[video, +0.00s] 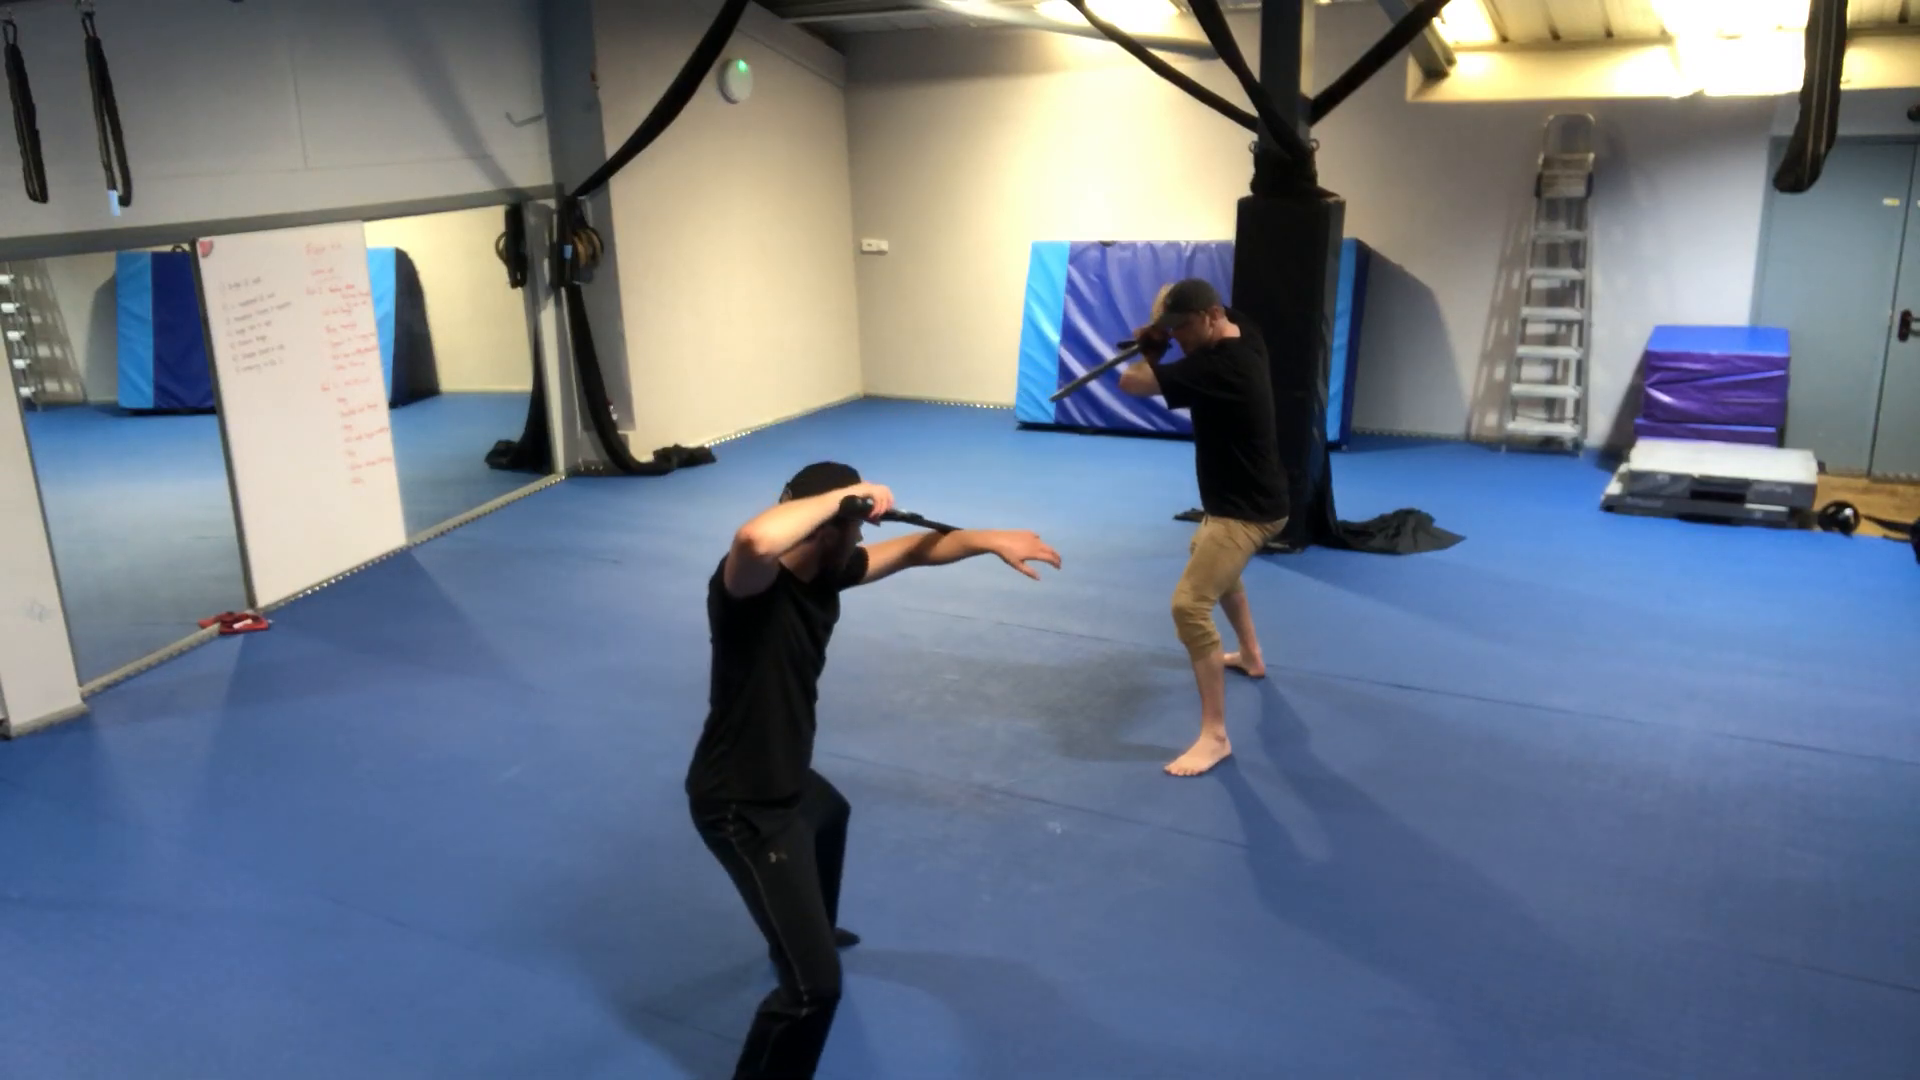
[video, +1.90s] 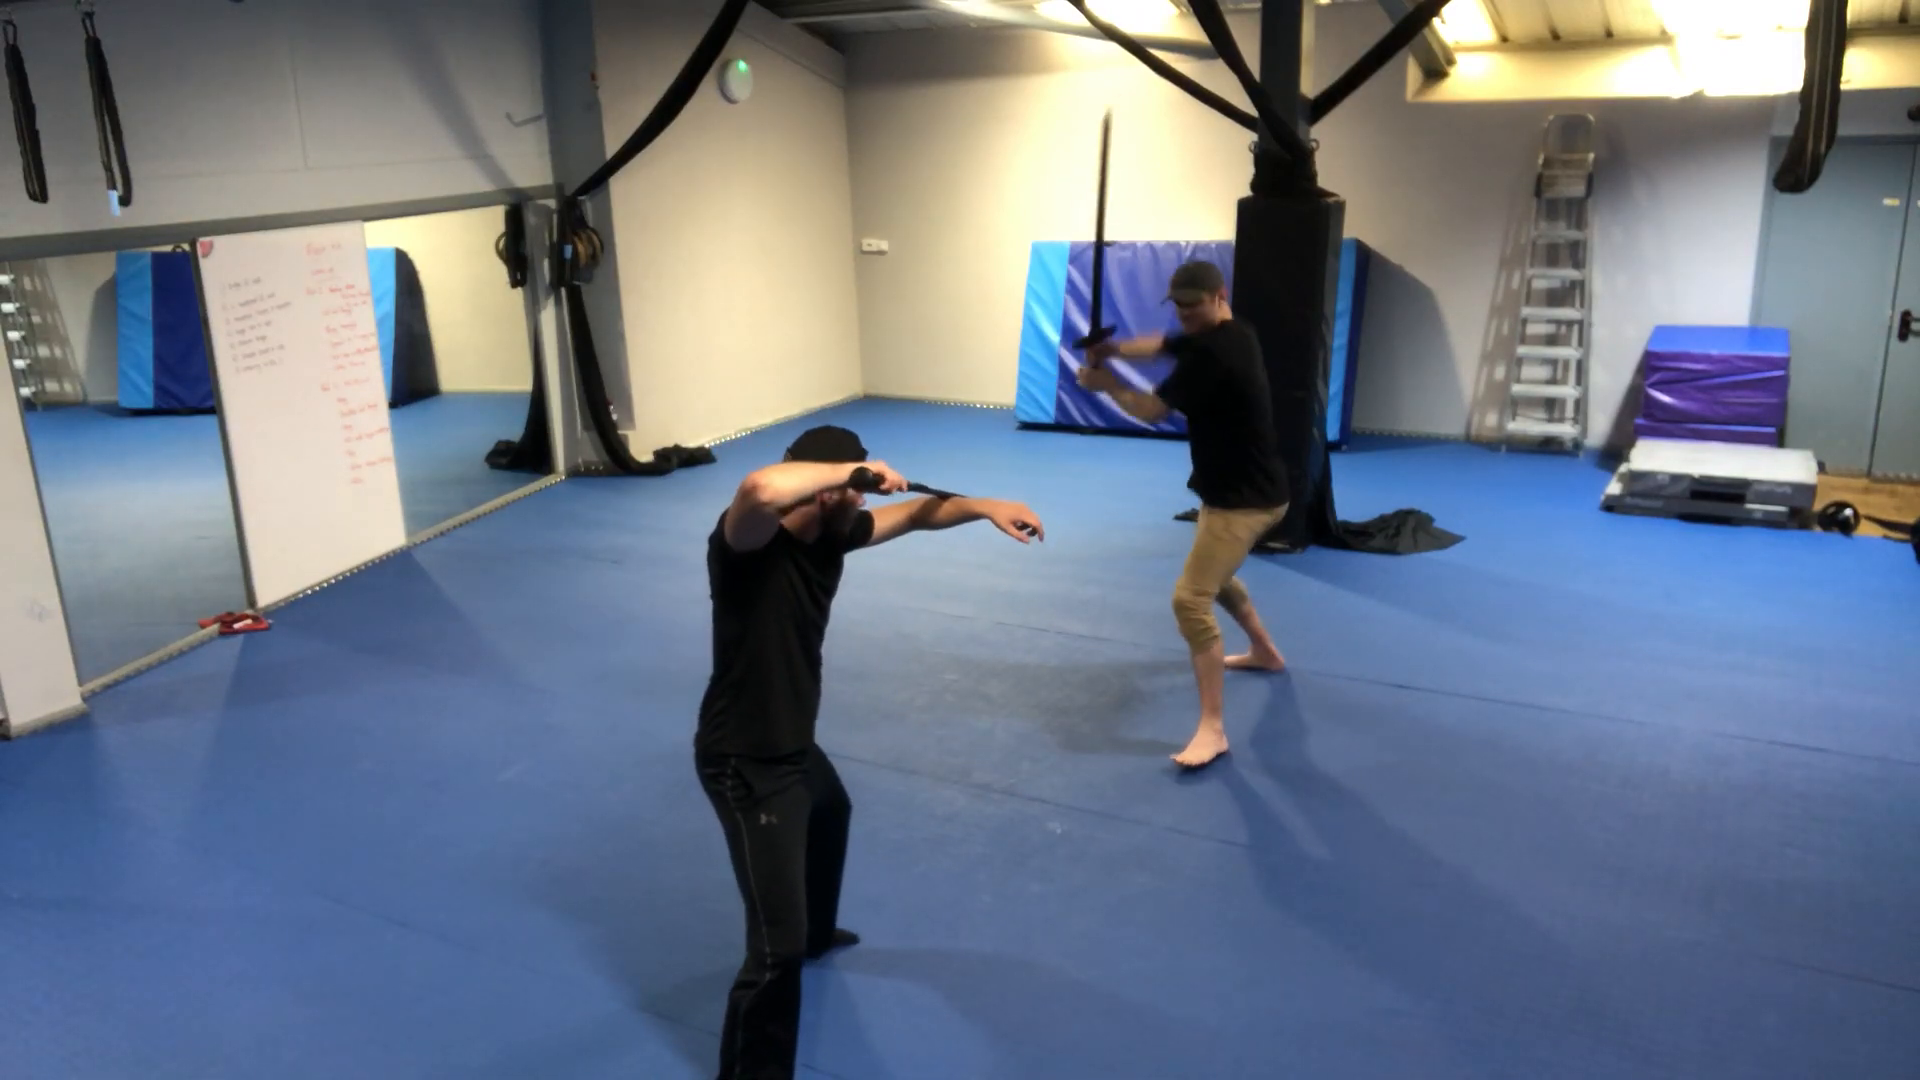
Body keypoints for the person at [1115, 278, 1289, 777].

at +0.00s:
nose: (1179, 342)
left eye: (1183, 333)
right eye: (1176, 333)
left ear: (1211, 319)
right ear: (1213, 318)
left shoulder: (1216, 365)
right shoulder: (1242, 340)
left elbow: (1133, 382)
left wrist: (1153, 352)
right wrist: (1158, 326)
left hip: (1245, 512)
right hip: (1236, 501)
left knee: (1191, 608)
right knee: (1207, 555)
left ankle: (1214, 734)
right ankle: (1250, 653)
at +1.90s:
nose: (1182, 315)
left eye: (1190, 307)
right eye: (1179, 307)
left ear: (1218, 301)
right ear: (1210, 303)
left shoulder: (1210, 352)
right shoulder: (1234, 332)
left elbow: (1150, 411)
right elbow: (1163, 345)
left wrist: (1105, 382)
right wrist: (1112, 349)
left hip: (1240, 501)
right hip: (1244, 491)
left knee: (1191, 603)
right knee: (1213, 575)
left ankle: (1212, 728)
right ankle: (1264, 651)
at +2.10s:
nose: (1187, 316)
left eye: (1197, 307)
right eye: (1180, 307)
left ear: (1221, 306)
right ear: (1172, 308)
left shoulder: (1235, 353)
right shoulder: (1178, 357)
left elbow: (1165, 400)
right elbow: (1143, 410)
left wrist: (1098, 387)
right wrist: (1100, 376)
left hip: (1235, 513)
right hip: (1188, 507)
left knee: (1179, 619)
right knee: (1216, 592)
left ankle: (1204, 730)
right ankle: (1261, 647)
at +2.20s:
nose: (1181, 312)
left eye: (1192, 303)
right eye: (1174, 302)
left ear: (1215, 301)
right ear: (1164, 302)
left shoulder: (1238, 338)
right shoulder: (1158, 356)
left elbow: (1179, 359)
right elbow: (1115, 436)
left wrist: (1097, 358)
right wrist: (1087, 372)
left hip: (1223, 510)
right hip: (1168, 507)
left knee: (1181, 635)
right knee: (1163, 625)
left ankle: (1206, 734)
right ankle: (1229, 630)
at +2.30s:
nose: (1169, 309)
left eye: (1178, 298)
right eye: (1159, 299)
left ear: (1199, 293)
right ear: (1146, 297)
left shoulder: (1225, 329)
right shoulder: (1133, 357)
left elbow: (1193, 344)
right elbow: (1114, 433)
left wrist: (1097, 345)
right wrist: (1084, 367)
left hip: (1213, 508)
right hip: (1149, 507)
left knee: (1190, 646)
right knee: (1122, 637)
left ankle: (1208, 732)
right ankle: (1173, 675)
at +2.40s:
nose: (1147, 306)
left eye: (1156, 295)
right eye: (1137, 296)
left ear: (1176, 290)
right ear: (1124, 295)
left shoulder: (1201, 325)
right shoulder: (1110, 352)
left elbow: (1196, 349)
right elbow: (1111, 442)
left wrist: (1105, 364)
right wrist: (1082, 381)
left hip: (1194, 518)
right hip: (1126, 518)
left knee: (1194, 653)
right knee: (1091, 645)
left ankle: (1205, 735)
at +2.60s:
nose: (1096, 332)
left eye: (1107, 322)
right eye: (1087, 322)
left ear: (1128, 317)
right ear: (1074, 320)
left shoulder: (1154, 361)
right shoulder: (1058, 384)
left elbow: (1168, 402)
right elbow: (1069, 475)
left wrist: (1120, 425)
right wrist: (1074, 447)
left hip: (1151, 557)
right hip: (1083, 561)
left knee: (1180, 682)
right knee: (1067, 696)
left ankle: (1155, 735)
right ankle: (1022, 797)